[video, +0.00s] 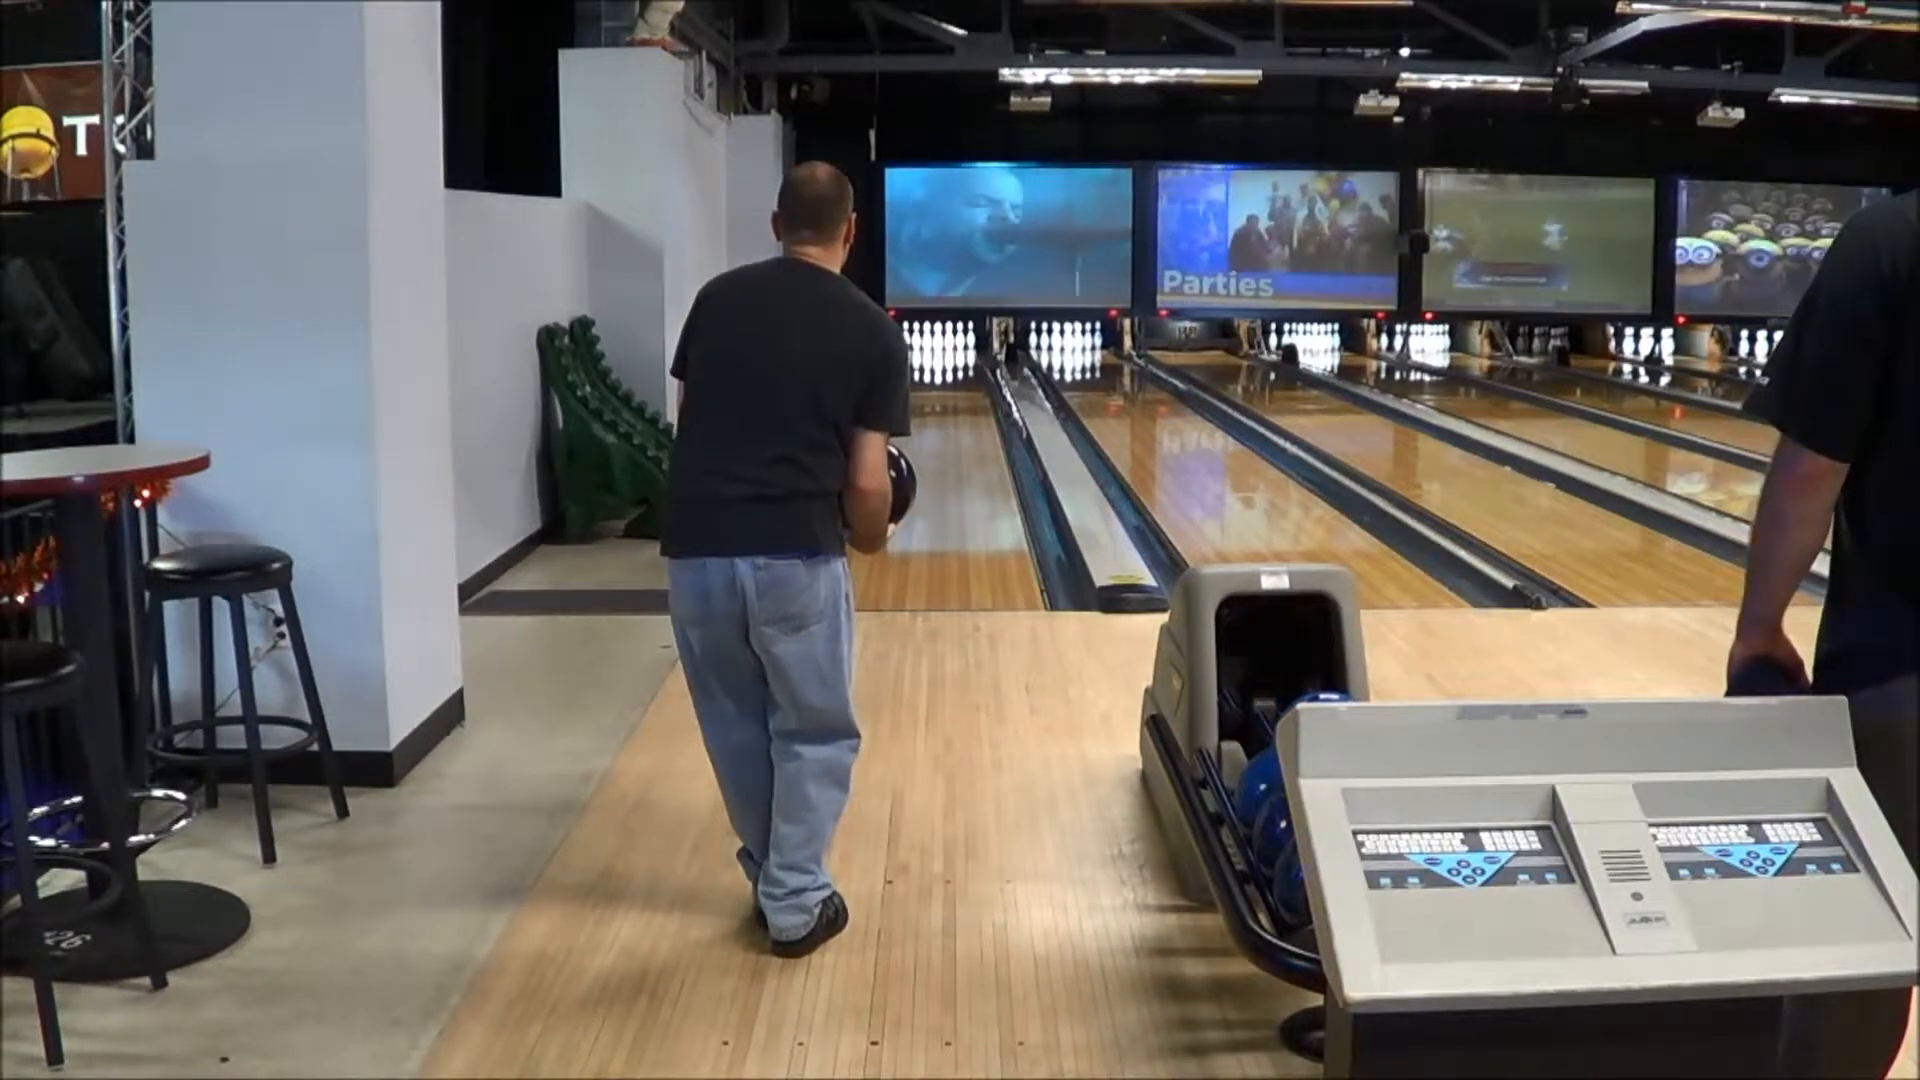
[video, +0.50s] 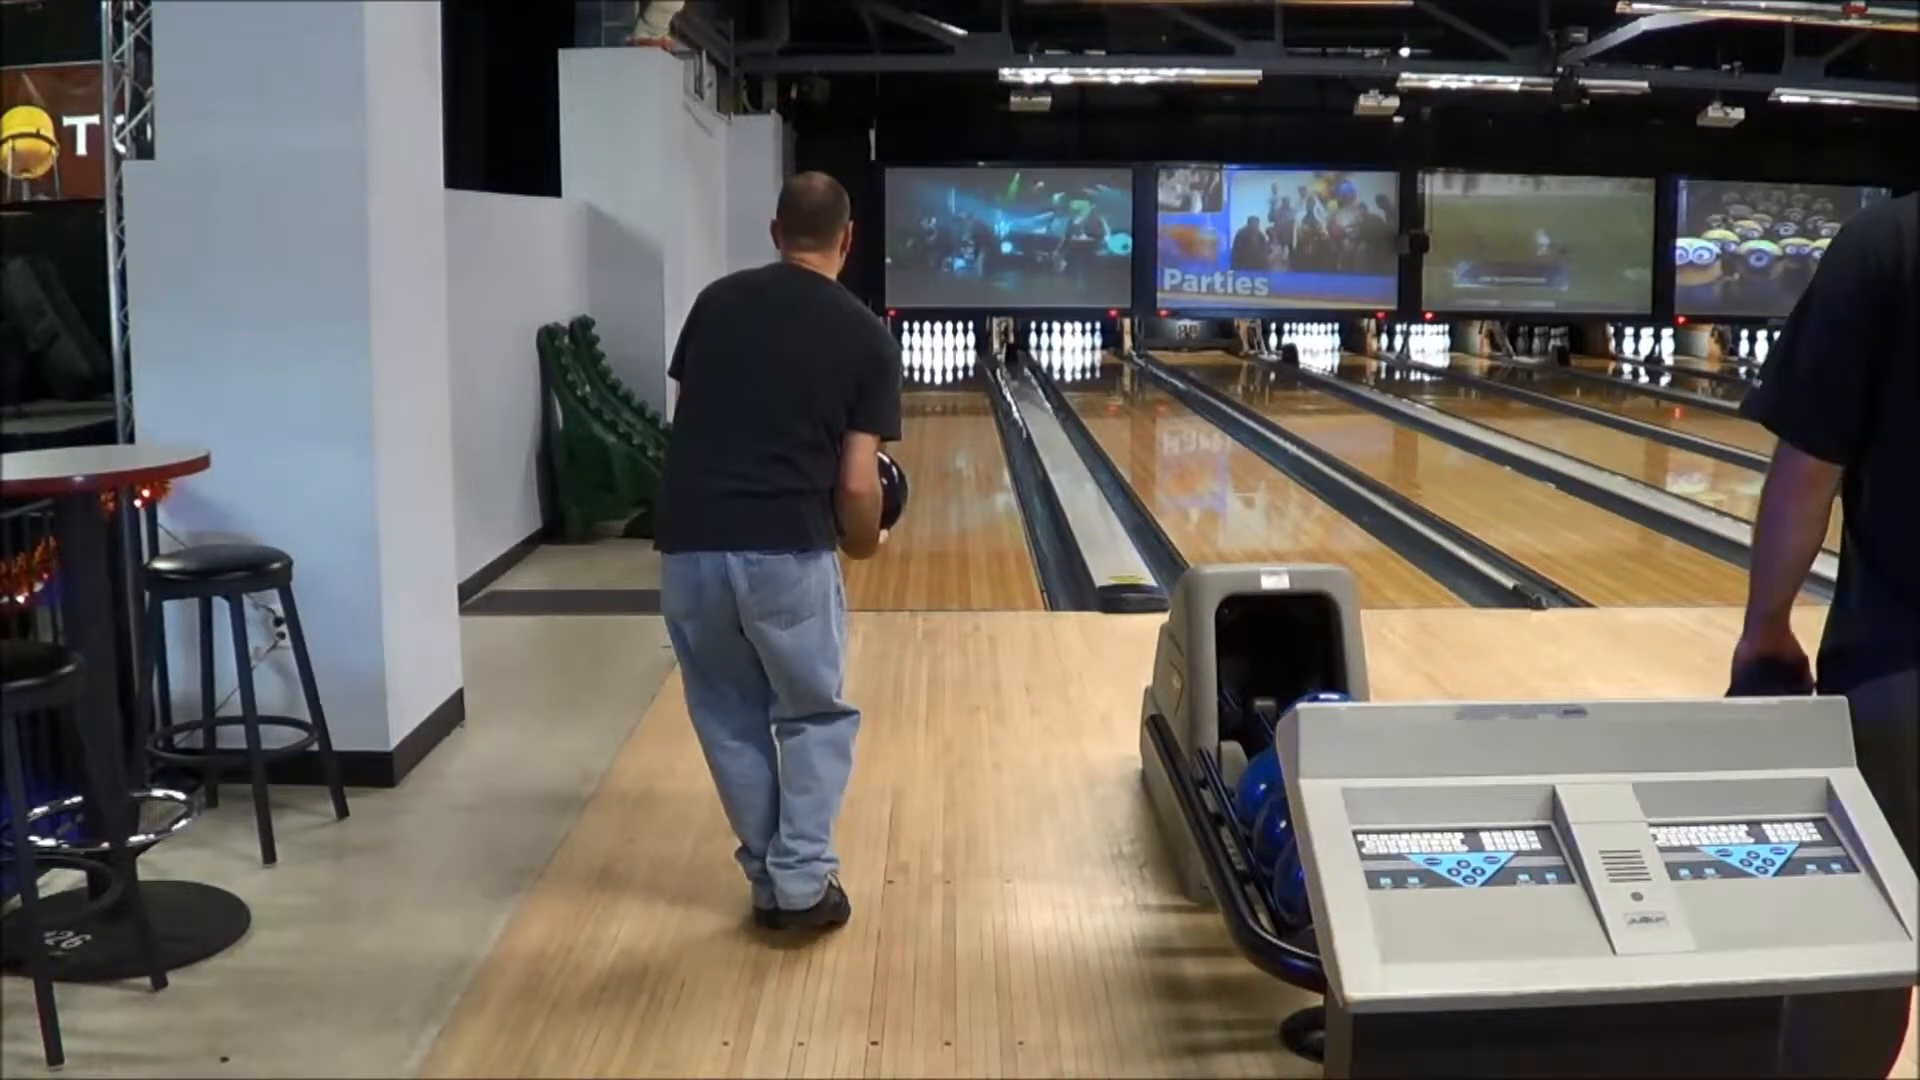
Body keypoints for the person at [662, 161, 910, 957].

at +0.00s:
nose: (850, 235)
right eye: (854, 224)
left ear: (775, 226)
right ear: (851, 229)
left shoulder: (717, 298)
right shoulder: (868, 328)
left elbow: (686, 421)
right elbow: (867, 485)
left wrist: (724, 486)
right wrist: (873, 538)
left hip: (695, 549)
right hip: (796, 551)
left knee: (733, 722)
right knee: (814, 731)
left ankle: (769, 869)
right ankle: (793, 903)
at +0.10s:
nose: (848, 238)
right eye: (854, 227)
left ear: (776, 227)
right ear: (850, 231)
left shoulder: (717, 297)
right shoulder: (867, 330)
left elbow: (685, 417)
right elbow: (865, 487)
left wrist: (724, 484)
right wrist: (870, 538)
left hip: (694, 547)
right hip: (793, 550)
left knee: (732, 717)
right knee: (812, 728)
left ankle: (766, 865)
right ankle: (794, 902)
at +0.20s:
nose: (846, 239)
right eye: (852, 229)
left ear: (777, 227)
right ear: (850, 233)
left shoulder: (717, 298)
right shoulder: (866, 329)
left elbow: (684, 413)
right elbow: (862, 487)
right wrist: (870, 538)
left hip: (691, 547)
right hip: (790, 550)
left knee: (731, 720)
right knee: (811, 726)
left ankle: (766, 868)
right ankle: (794, 901)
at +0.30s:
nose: (847, 241)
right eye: (853, 231)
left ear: (777, 229)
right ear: (849, 235)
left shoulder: (717, 298)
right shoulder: (866, 331)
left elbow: (684, 410)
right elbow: (859, 485)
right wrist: (868, 540)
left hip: (689, 544)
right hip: (788, 546)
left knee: (730, 718)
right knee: (810, 721)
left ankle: (767, 869)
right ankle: (794, 894)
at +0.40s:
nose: (845, 242)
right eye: (850, 232)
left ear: (777, 231)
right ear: (848, 237)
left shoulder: (716, 299)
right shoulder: (865, 333)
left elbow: (683, 411)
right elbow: (857, 482)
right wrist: (866, 540)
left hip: (687, 542)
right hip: (786, 543)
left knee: (731, 718)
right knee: (812, 717)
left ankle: (769, 877)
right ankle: (796, 889)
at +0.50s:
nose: (845, 242)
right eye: (850, 232)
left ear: (777, 231)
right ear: (848, 237)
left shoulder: (716, 301)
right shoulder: (864, 334)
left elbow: (682, 418)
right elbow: (857, 484)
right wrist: (864, 542)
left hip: (688, 546)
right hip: (786, 546)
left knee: (729, 720)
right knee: (812, 714)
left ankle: (769, 880)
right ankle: (799, 880)